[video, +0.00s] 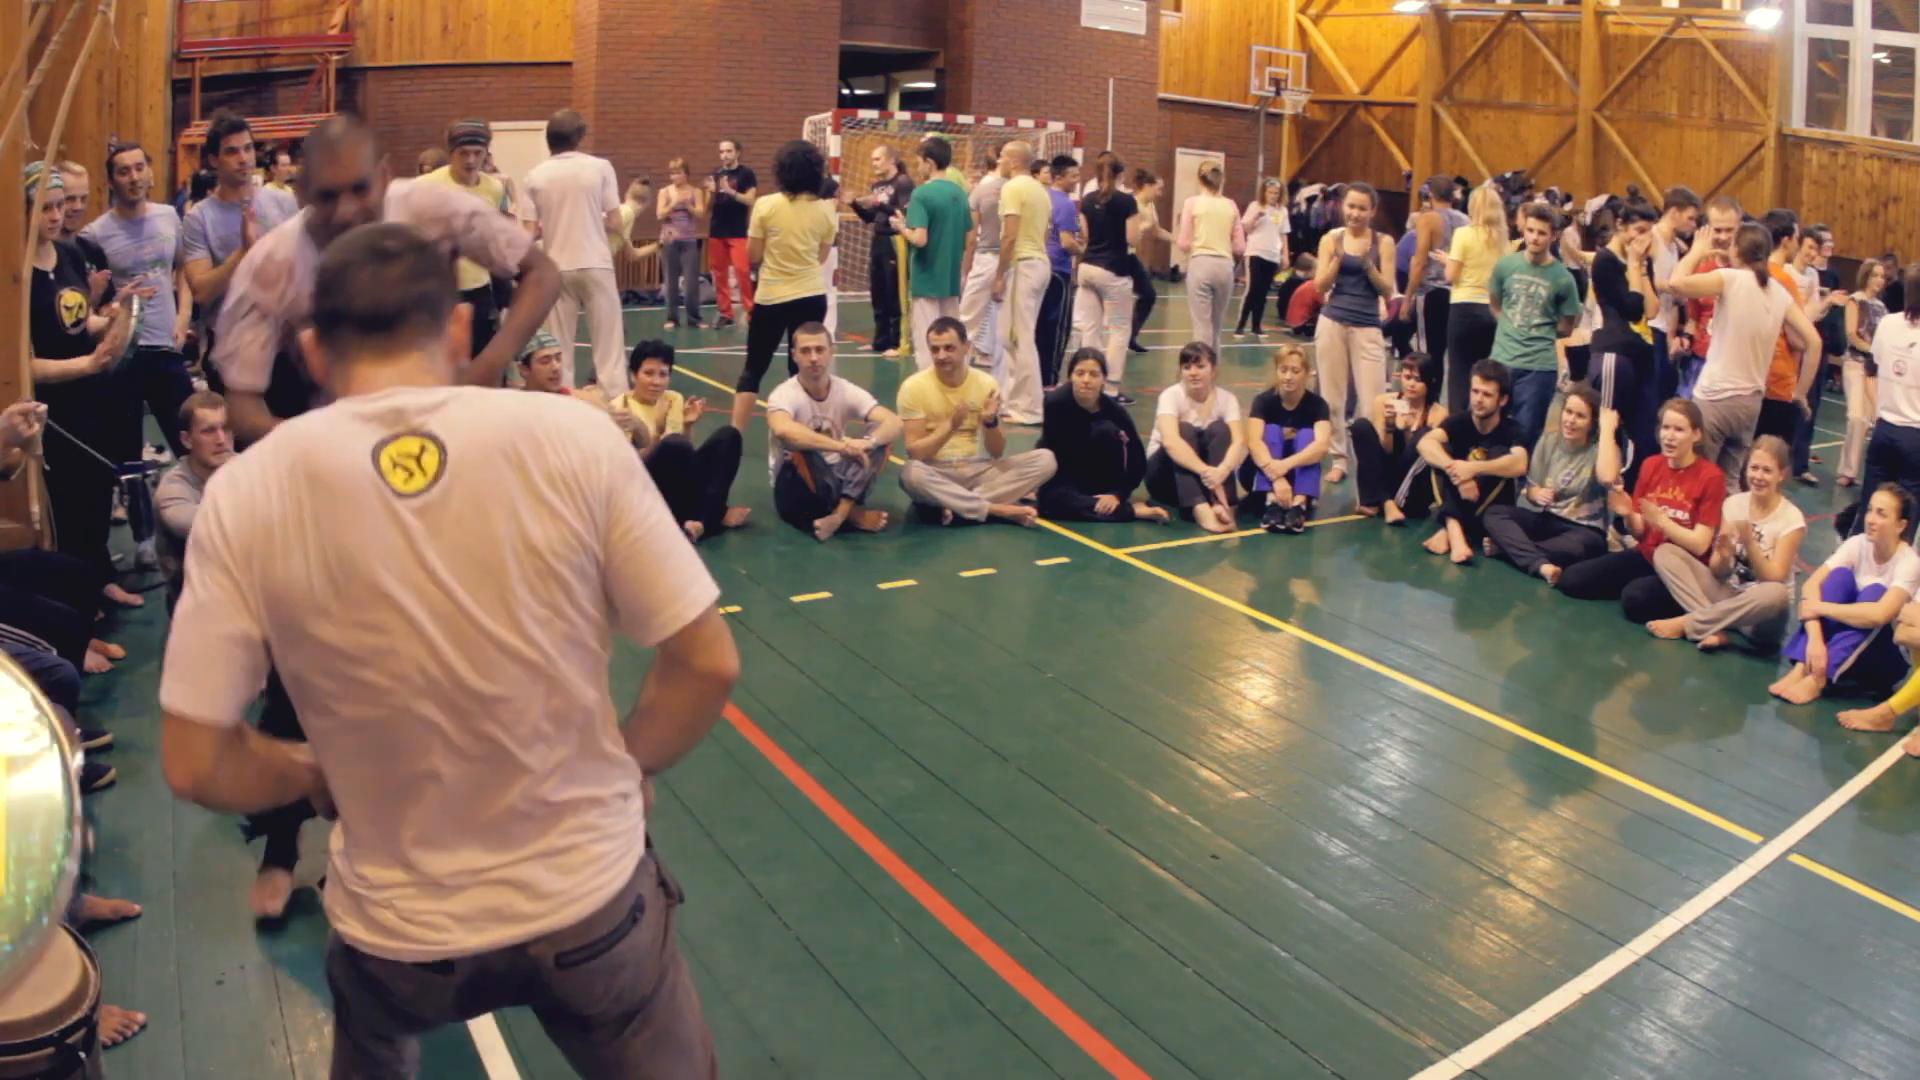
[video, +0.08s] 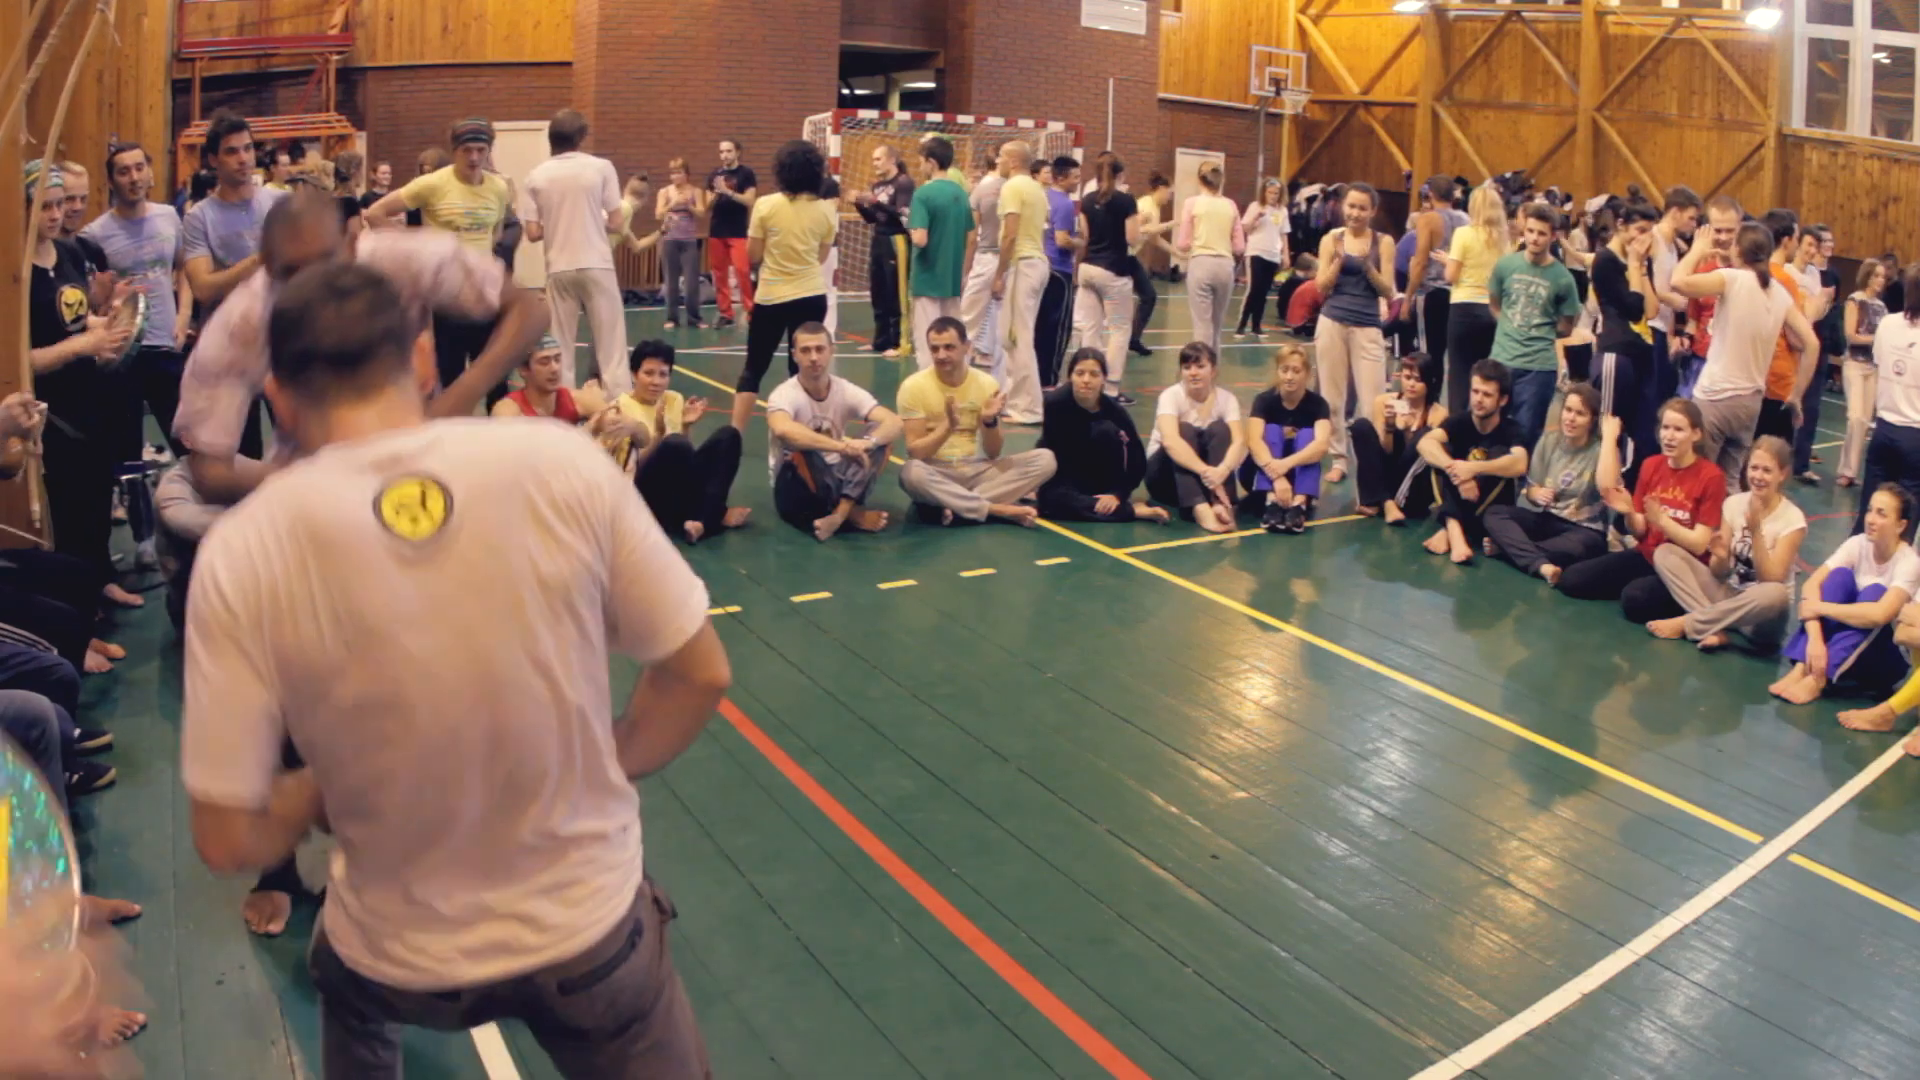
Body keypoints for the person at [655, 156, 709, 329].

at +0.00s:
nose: (674, 176)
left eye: (677, 172)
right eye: (672, 172)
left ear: (686, 173)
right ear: (669, 174)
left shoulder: (696, 191)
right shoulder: (664, 192)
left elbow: (701, 213)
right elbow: (660, 214)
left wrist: (688, 205)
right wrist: (673, 204)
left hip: (689, 238)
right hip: (670, 238)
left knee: (692, 280)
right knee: (671, 281)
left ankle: (694, 317)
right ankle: (672, 317)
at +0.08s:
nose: (674, 176)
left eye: (678, 172)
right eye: (672, 172)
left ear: (686, 174)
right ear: (669, 174)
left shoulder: (696, 191)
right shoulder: (664, 192)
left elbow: (702, 213)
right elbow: (659, 213)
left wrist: (689, 206)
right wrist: (673, 205)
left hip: (690, 238)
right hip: (670, 238)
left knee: (692, 280)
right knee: (671, 281)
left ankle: (694, 317)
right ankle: (671, 318)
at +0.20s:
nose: (676, 176)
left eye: (679, 172)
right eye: (673, 173)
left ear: (686, 174)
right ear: (670, 175)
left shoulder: (696, 191)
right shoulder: (664, 192)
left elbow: (702, 213)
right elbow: (660, 217)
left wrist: (693, 205)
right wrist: (667, 210)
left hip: (690, 238)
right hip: (670, 238)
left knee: (692, 280)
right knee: (671, 281)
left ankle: (694, 317)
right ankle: (671, 318)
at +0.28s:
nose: (676, 176)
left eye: (679, 172)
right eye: (673, 172)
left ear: (686, 173)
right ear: (669, 174)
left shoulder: (695, 190)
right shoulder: (664, 192)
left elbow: (701, 213)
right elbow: (661, 215)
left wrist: (689, 205)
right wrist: (675, 205)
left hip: (690, 237)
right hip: (670, 237)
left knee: (693, 280)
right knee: (671, 281)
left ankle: (694, 317)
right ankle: (671, 318)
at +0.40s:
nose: (676, 176)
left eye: (679, 172)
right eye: (673, 172)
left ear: (686, 173)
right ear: (669, 174)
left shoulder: (696, 191)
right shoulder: (664, 192)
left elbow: (703, 213)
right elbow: (660, 215)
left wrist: (692, 205)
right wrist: (672, 203)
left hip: (690, 237)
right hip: (670, 237)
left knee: (693, 280)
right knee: (672, 280)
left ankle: (694, 317)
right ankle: (671, 318)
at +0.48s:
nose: (675, 176)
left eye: (679, 172)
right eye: (673, 173)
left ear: (686, 174)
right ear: (669, 175)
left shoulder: (695, 191)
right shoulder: (664, 192)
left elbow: (702, 213)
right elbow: (661, 215)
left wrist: (691, 205)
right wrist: (674, 203)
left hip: (690, 237)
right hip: (670, 237)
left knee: (693, 279)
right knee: (672, 280)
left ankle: (694, 317)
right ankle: (672, 318)